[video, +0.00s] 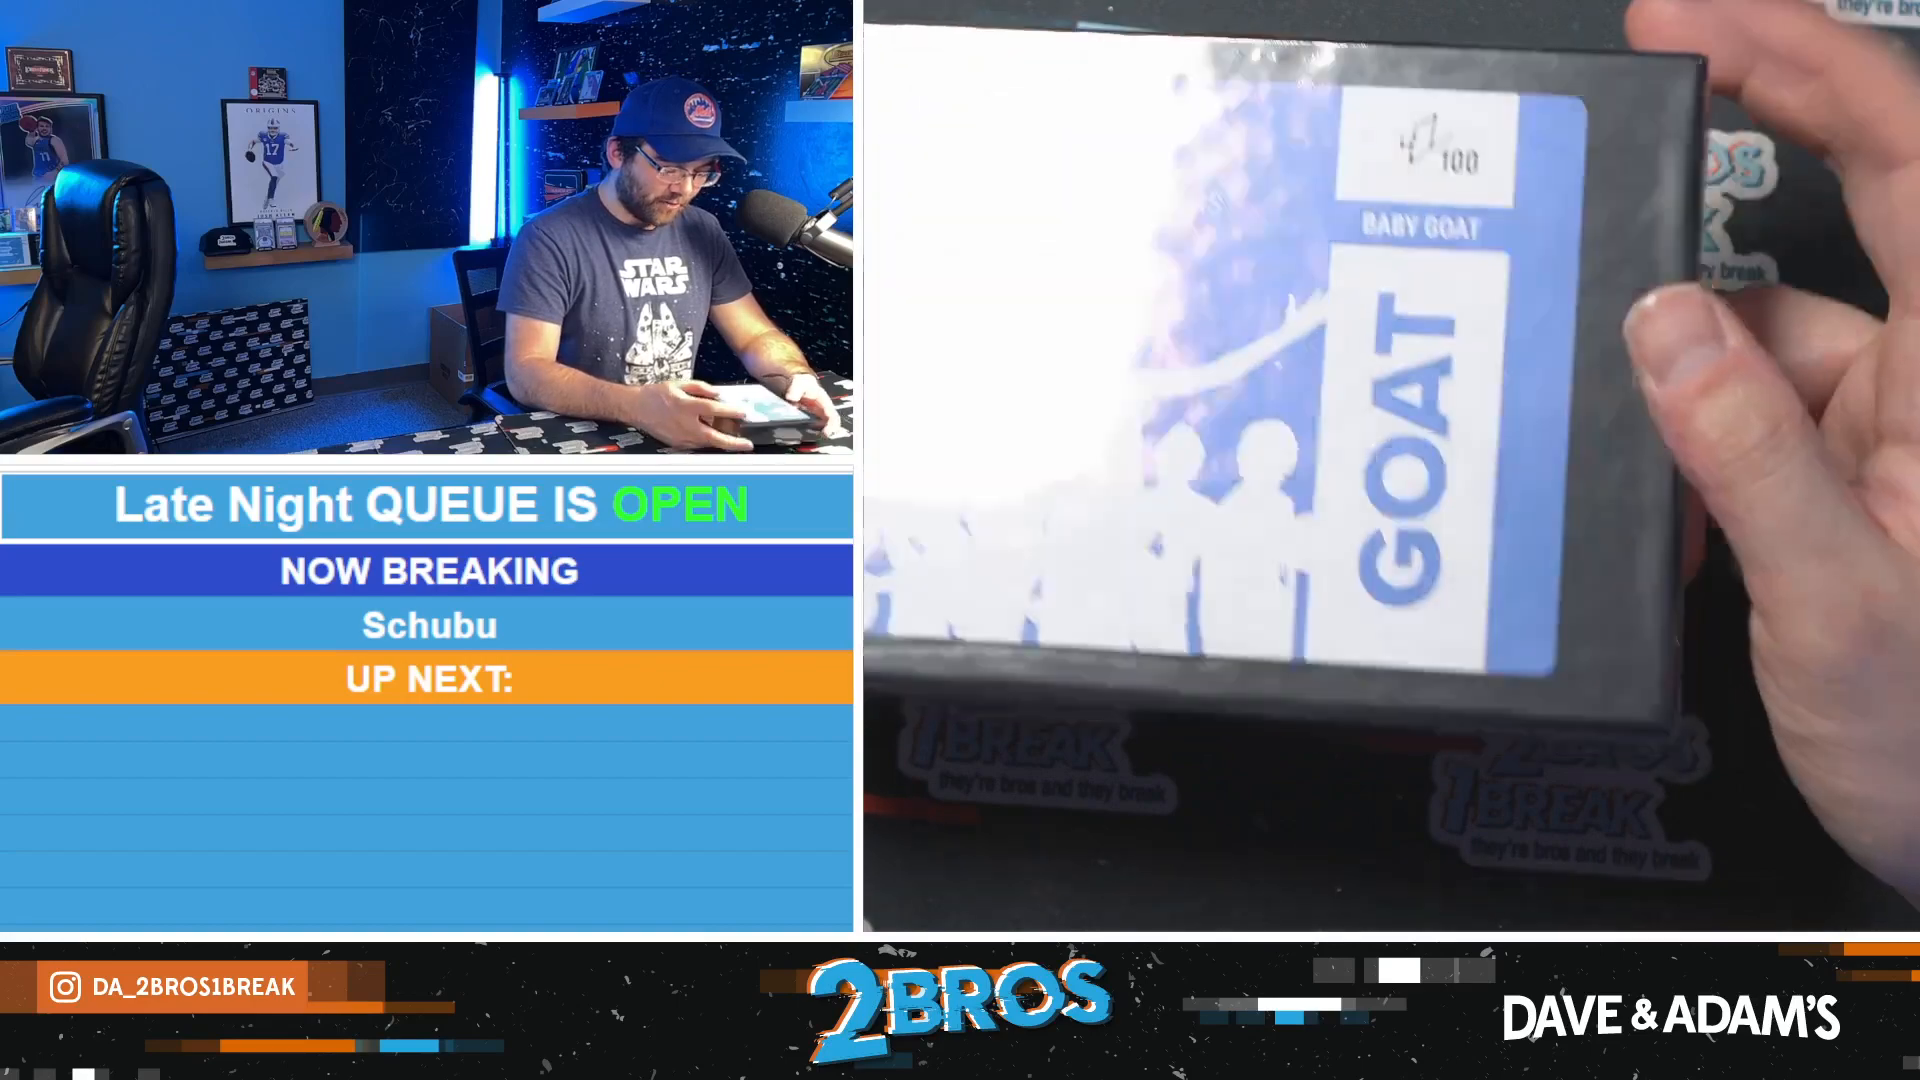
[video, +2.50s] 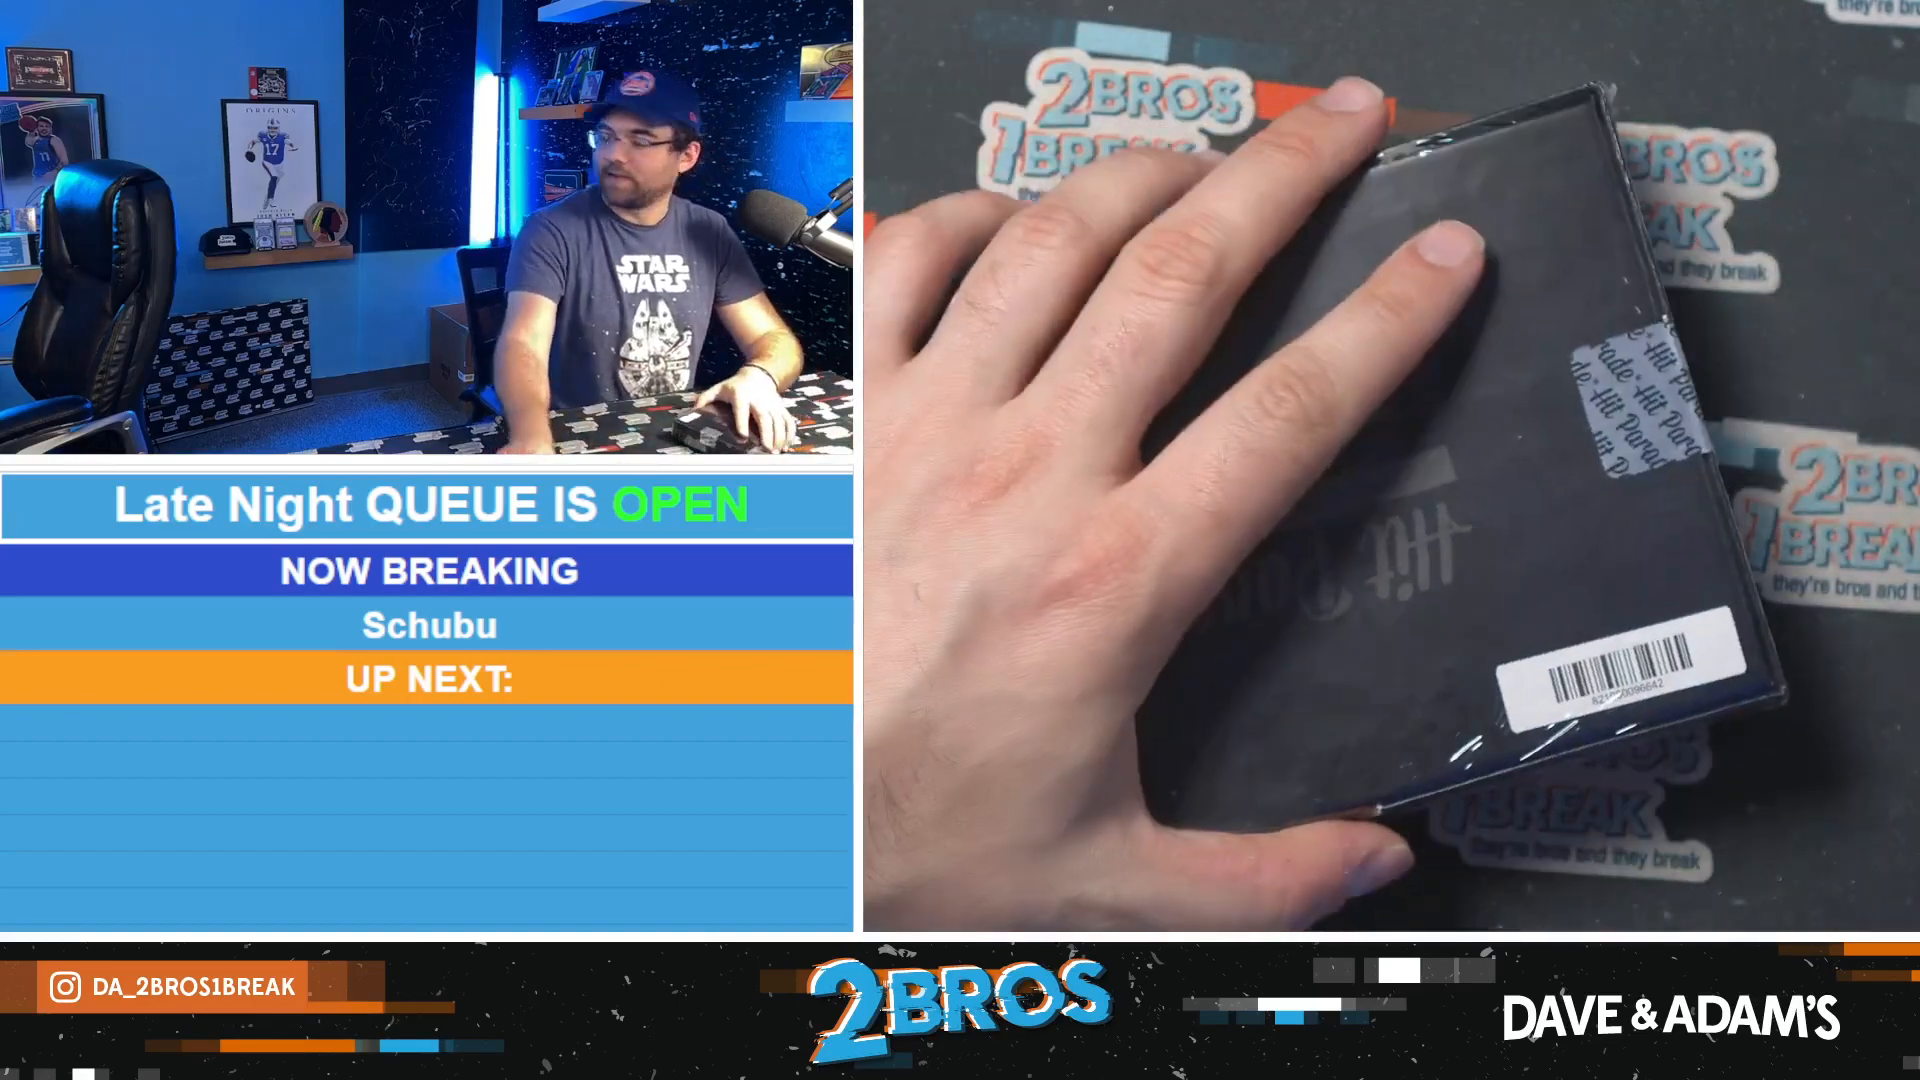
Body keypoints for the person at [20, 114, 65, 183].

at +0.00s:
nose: (44, 128)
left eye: (47, 126)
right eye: (41, 126)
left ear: (50, 129)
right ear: (37, 128)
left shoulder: (54, 140)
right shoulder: (35, 140)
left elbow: (64, 160)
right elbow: (28, 142)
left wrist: (54, 173)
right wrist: (31, 133)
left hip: (50, 177)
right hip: (37, 176)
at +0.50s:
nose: (44, 128)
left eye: (47, 126)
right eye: (41, 126)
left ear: (51, 129)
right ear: (37, 128)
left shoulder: (54, 140)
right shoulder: (35, 140)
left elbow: (64, 161)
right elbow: (28, 142)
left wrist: (54, 173)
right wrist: (31, 133)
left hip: (50, 177)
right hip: (37, 176)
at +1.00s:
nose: (44, 128)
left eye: (47, 126)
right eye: (41, 126)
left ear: (51, 128)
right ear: (37, 128)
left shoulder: (54, 140)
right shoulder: (35, 140)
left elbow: (64, 160)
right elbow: (28, 142)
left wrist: (54, 173)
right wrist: (31, 133)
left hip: (50, 177)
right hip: (37, 176)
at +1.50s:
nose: (44, 128)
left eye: (47, 126)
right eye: (41, 126)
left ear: (51, 129)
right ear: (37, 128)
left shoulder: (54, 140)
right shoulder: (35, 140)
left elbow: (64, 161)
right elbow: (28, 142)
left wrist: (54, 173)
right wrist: (31, 133)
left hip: (50, 177)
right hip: (37, 176)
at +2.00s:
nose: (44, 128)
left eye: (47, 126)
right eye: (41, 126)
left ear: (51, 128)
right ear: (37, 128)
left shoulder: (54, 140)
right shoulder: (35, 140)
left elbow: (64, 160)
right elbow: (28, 142)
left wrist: (54, 173)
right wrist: (31, 133)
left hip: (50, 177)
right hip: (37, 176)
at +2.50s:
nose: (44, 128)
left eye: (46, 126)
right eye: (41, 126)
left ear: (51, 128)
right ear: (37, 128)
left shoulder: (54, 140)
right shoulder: (35, 140)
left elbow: (64, 160)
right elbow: (28, 141)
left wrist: (54, 172)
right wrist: (31, 133)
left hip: (50, 176)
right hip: (37, 176)